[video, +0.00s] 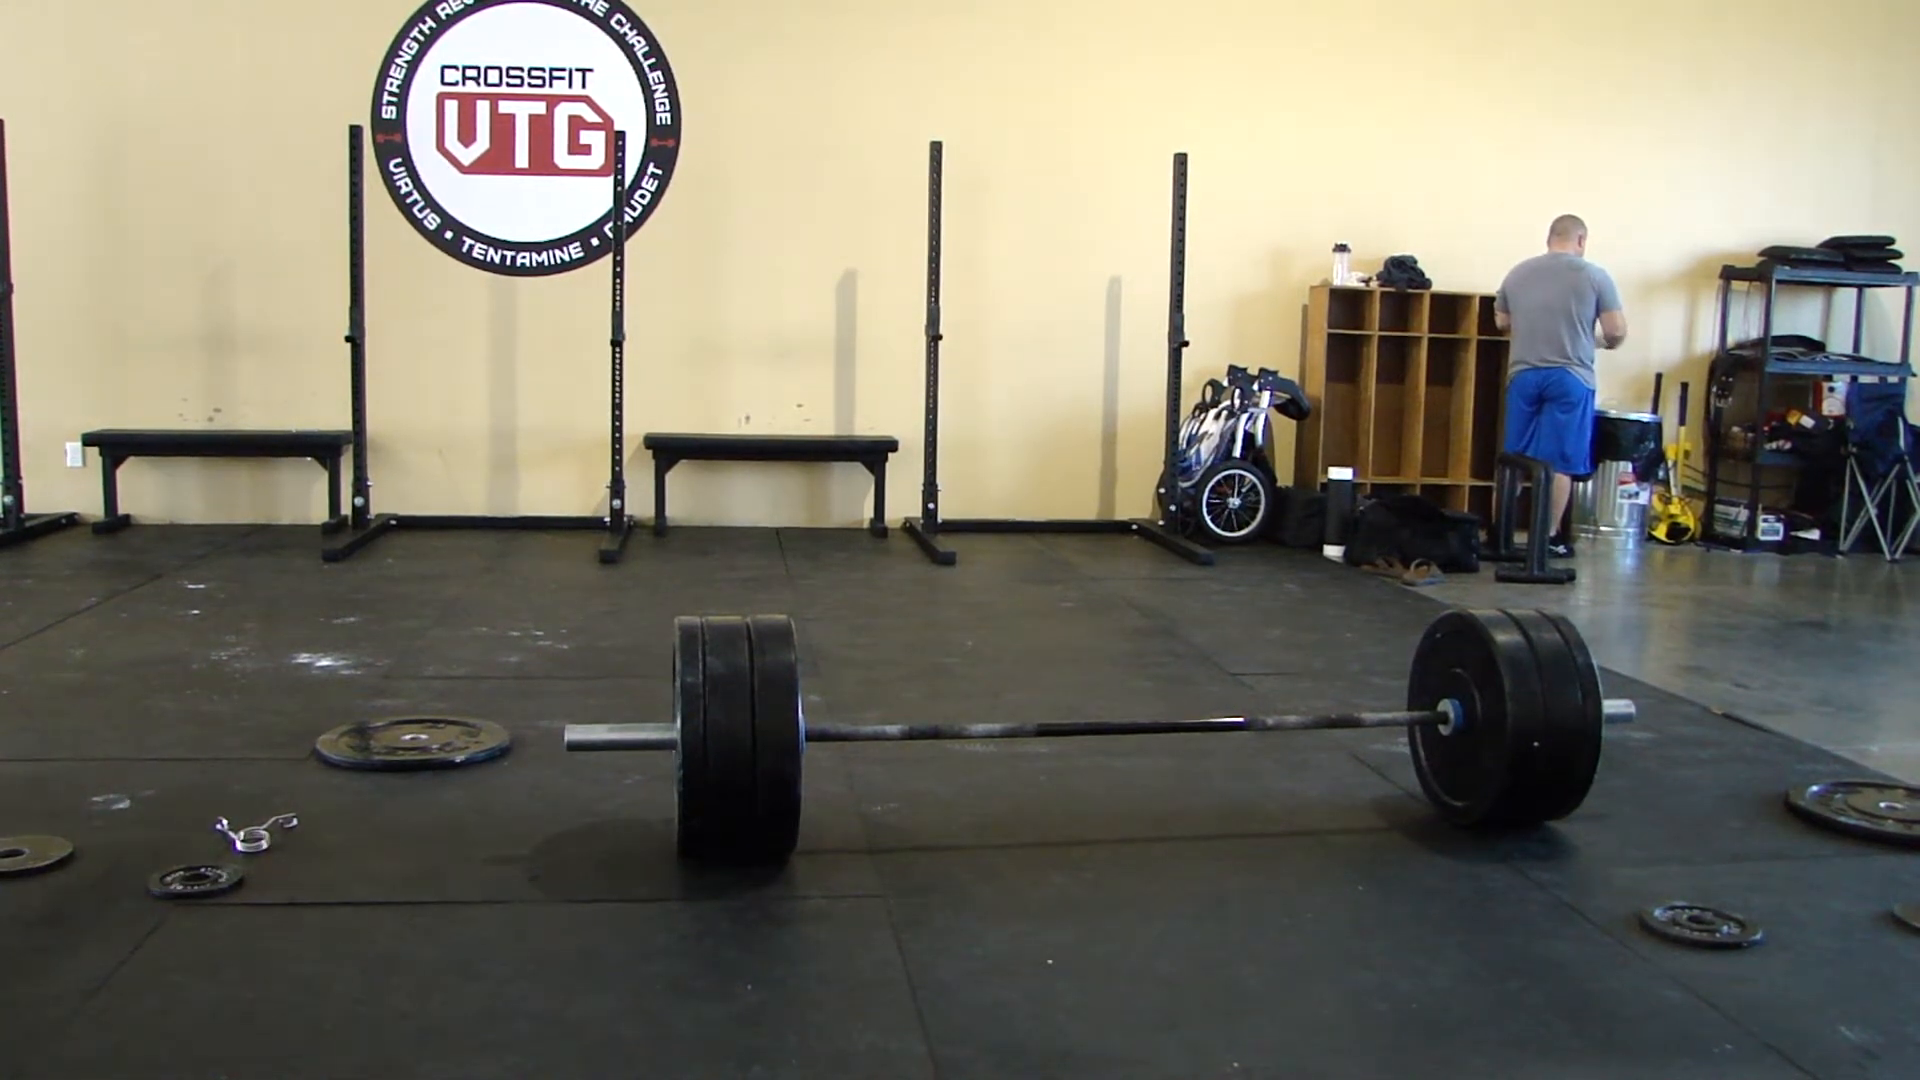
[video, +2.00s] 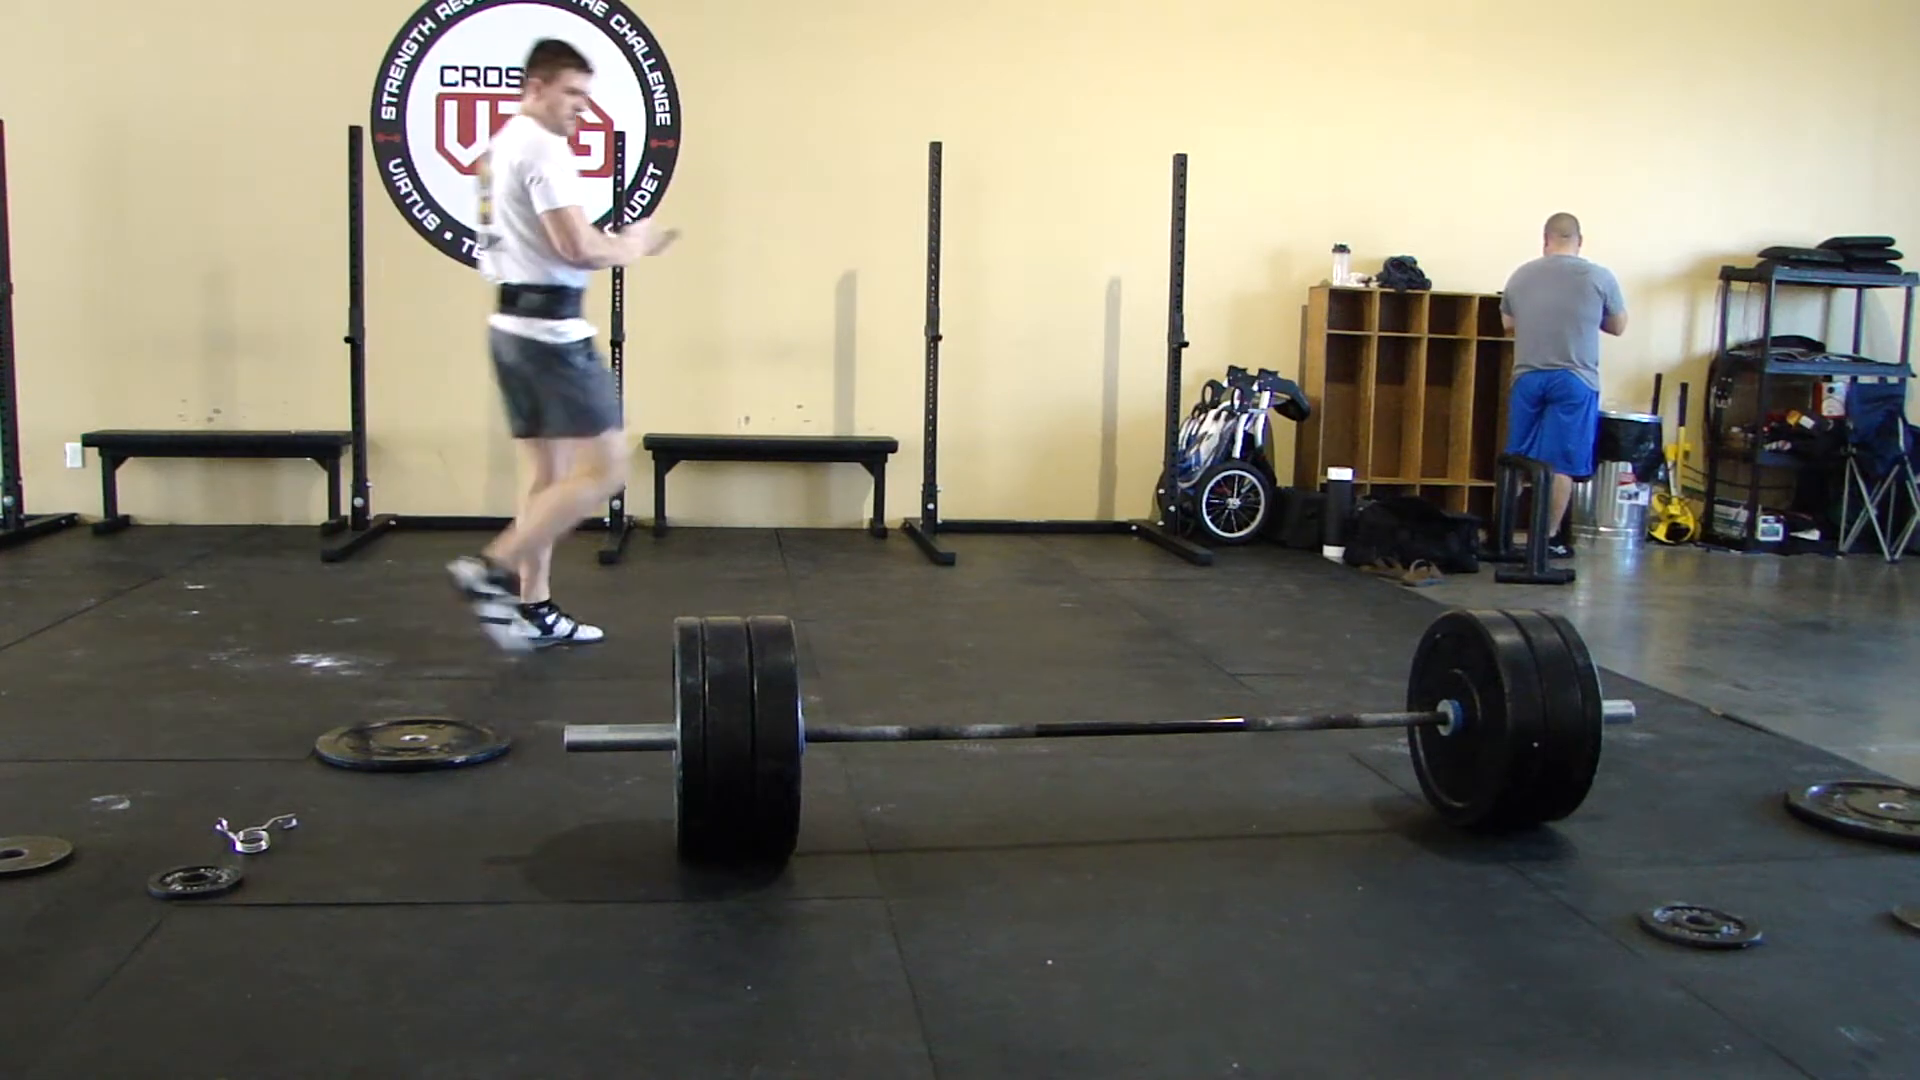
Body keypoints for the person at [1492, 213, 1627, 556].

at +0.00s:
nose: (1582, 248)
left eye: (1581, 243)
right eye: (1584, 243)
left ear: (1548, 240)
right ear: (1581, 241)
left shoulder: (1518, 272)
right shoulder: (1593, 275)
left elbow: (1502, 321)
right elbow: (1616, 332)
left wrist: (1533, 322)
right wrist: (1603, 340)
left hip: (1523, 375)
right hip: (1570, 377)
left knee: (1512, 459)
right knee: (1560, 464)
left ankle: (1500, 535)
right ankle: (1548, 537)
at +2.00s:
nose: (1553, 245)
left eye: (1548, 240)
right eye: (1576, 240)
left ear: (1545, 240)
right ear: (1580, 241)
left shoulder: (1521, 275)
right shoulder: (1599, 276)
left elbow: (1509, 323)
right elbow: (1617, 326)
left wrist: (1543, 314)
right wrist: (1581, 312)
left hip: (1527, 377)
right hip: (1575, 379)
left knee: (1516, 459)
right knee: (1561, 466)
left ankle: (1502, 535)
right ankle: (1547, 540)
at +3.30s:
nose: (1582, 247)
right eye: (1584, 242)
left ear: (1549, 239)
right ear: (1583, 241)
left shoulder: (1521, 274)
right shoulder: (1597, 276)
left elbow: (1507, 316)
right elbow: (1621, 328)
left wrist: (1536, 316)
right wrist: (1615, 344)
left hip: (1528, 378)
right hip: (1576, 380)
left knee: (1516, 460)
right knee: (1562, 466)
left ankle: (1501, 535)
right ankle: (1547, 540)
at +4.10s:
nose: (1584, 244)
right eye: (1585, 239)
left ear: (1550, 239)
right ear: (1586, 240)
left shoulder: (1524, 271)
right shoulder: (1600, 277)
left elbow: (1512, 289)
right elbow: (1616, 332)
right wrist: (1628, 376)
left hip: (1530, 379)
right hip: (1577, 382)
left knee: (1519, 461)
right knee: (1565, 465)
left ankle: (1502, 534)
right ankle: (1548, 538)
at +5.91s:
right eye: (1584, 237)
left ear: (1549, 240)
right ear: (1586, 242)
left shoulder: (1529, 271)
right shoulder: (1601, 277)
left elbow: (1517, 254)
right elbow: (1617, 332)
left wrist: (1548, 232)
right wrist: (1629, 376)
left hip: (1530, 378)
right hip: (1579, 381)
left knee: (1519, 460)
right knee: (1565, 465)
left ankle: (1501, 534)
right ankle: (1548, 539)